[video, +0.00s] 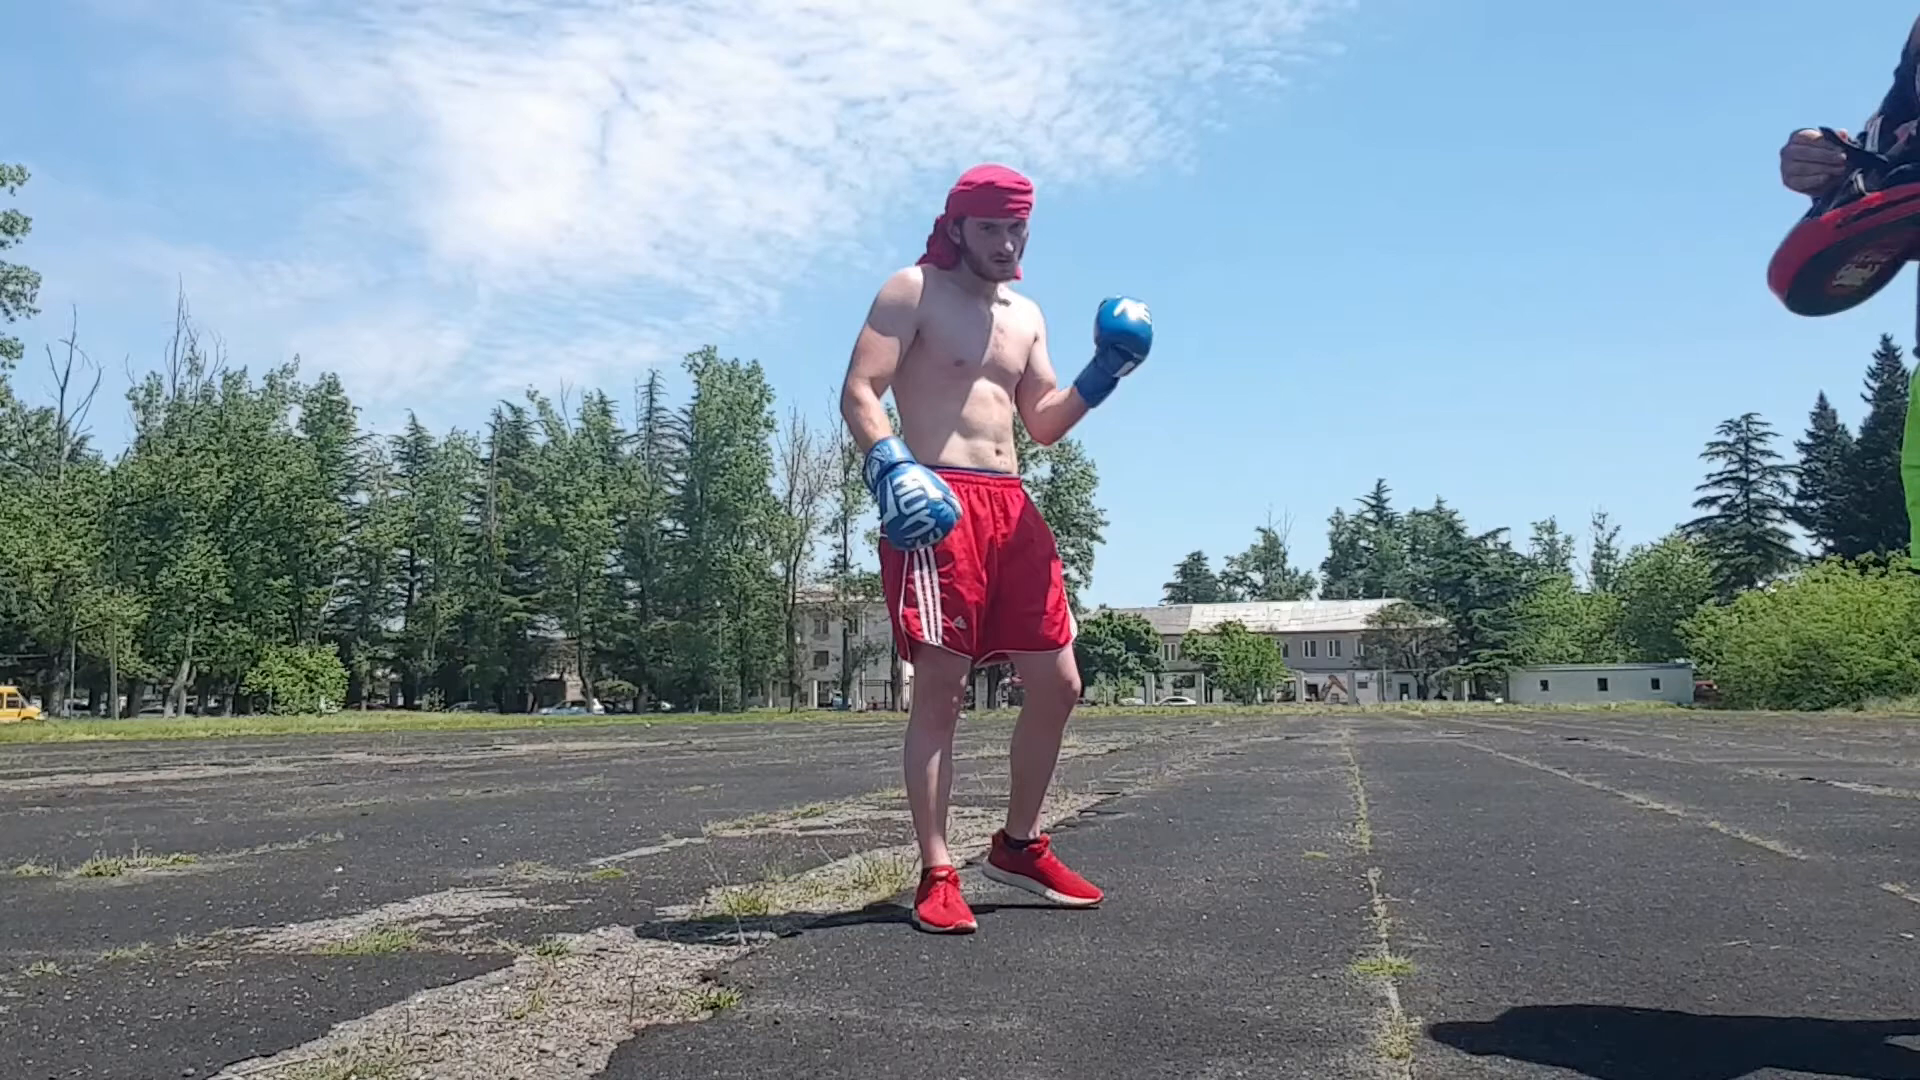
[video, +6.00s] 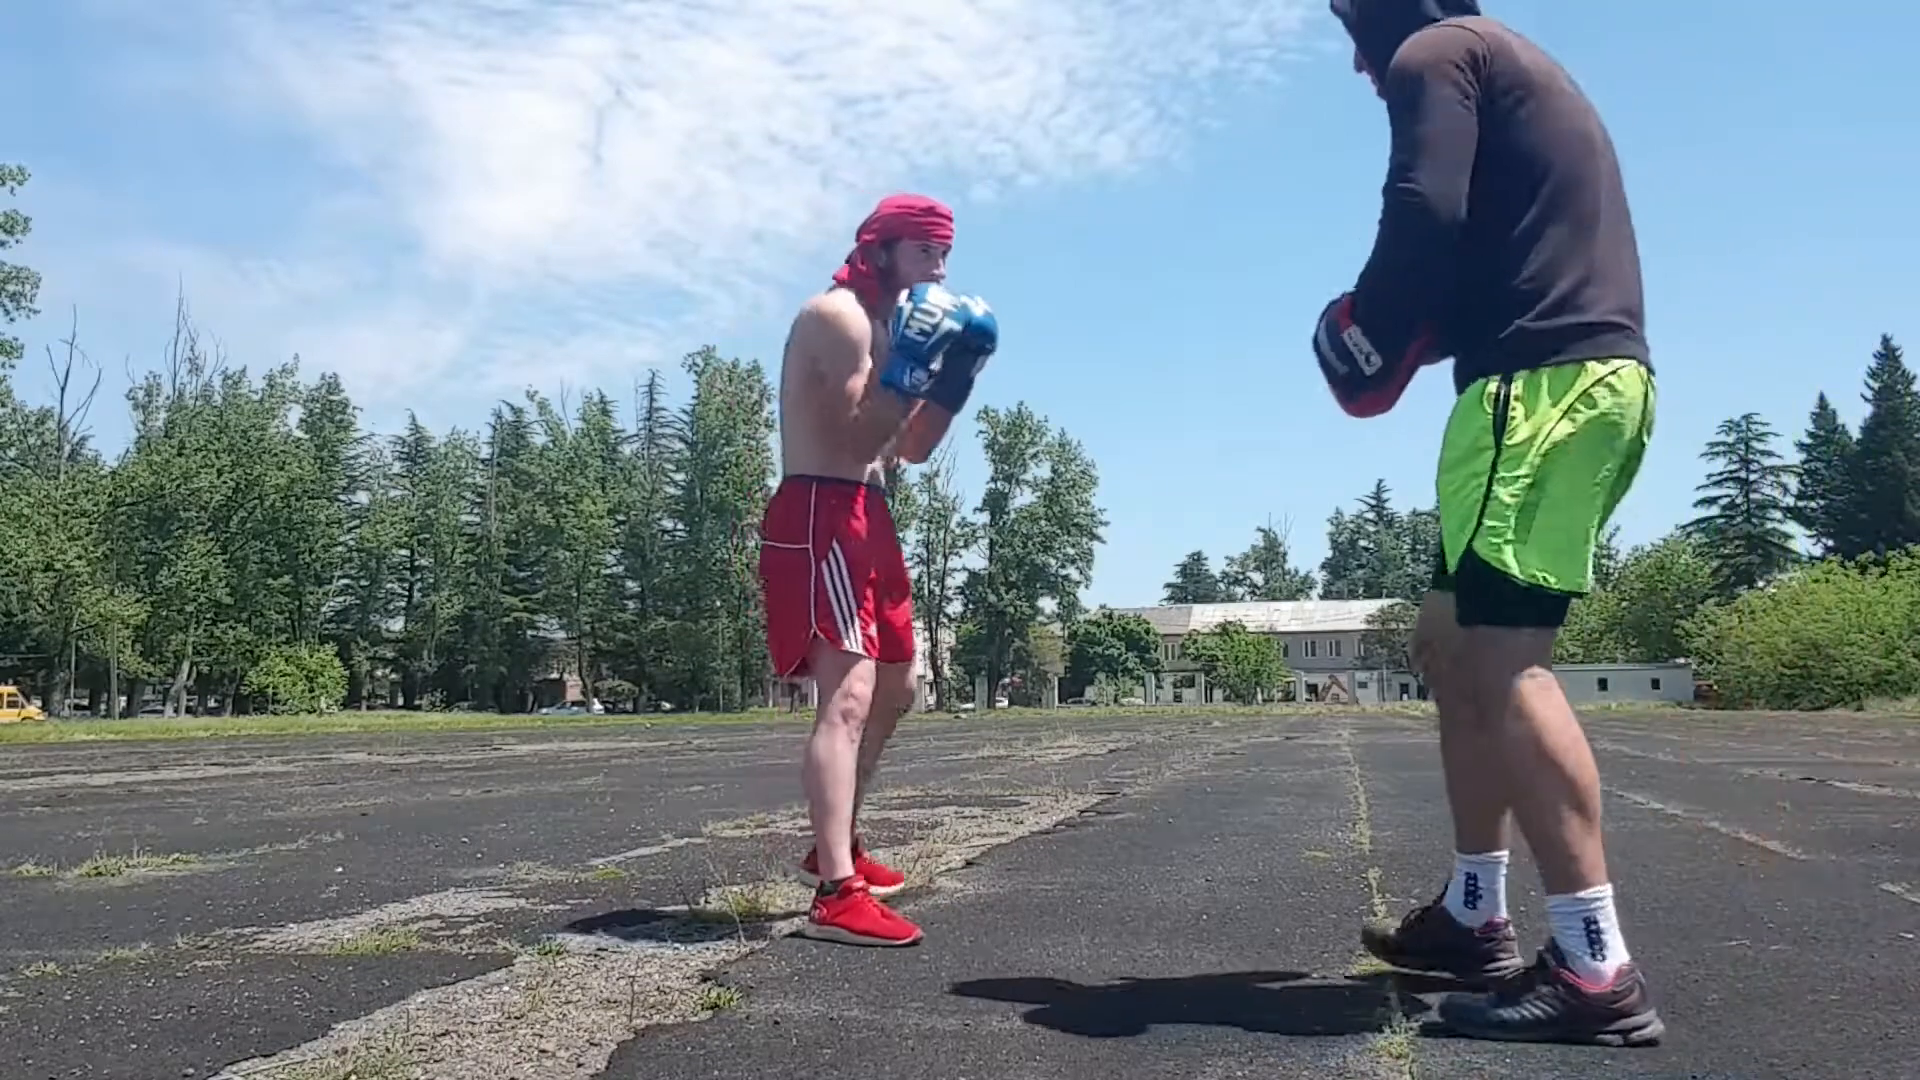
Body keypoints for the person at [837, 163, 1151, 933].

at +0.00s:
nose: (1010, 244)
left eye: (1018, 230)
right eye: (994, 231)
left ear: (1025, 230)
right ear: (956, 230)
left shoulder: (1027, 312)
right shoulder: (915, 289)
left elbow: (1043, 423)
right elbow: (859, 392)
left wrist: (1103, 369)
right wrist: (896, 470)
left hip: (1012, 507)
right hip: (937, 502)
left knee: (1057, 685)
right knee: (939, 685)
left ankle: (1019, 843)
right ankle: (938, 872)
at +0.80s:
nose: (1067, 238)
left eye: (1079, 226)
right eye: (1051, 225)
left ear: (1093, 236)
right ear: (1022, 232)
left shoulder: (1102, 328)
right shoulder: (984, 293)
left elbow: (1117, 441)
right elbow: (938, 393)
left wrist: (1160, 433)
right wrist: (955, 478)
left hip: (1076, 505)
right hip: (1000, 495)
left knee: (1058, 695)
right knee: (1010, 672)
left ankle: (1038, 864)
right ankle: (953, 858)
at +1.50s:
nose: (1030, 209)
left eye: (1041, 198)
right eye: (1013, 195)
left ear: (1051, 210)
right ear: (979, 202)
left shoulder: (1047, 303)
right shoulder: (944, 268)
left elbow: (1071, 404)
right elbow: (903, 378)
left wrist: (1117, 322)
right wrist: (932, 485)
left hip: (1022, 497)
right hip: (955, 492)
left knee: (1037, 687)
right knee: (958, 688)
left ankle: (1041, 859)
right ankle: (962, 885)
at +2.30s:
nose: (1032, 243)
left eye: (1038, 232)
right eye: (1023, 226)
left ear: (1020, 238)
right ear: (977, 219)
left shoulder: (1004, 314)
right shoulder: (912, 289)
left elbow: (1007, 442)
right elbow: (892, 405)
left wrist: (1062, 401)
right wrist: (959, 387)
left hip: (1004, 501)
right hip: (949, 495)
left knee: (977, 692)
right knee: (985, 686)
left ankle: (936, 873)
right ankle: (960, 881)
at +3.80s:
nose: (949, 251)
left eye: (959, 240)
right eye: (938, 233)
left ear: (956, 247)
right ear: (894, 226)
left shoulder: (911, 315)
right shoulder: (851, 282)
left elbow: (908, 445)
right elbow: (801, 385)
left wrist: (951, 400)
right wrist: (896, 367)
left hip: (901, 504)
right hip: (861, 499)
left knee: (877, 694)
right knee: (874, 690)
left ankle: (828, 876)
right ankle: (881, 890)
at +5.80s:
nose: (917, 263)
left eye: (924, 252)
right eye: (905, 247)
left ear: (918, 262)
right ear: (859, 246)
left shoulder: (879, 338)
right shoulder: (806, 323)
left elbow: (892, 452)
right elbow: (824, 431)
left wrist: (934, 393)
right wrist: (889, 384)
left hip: (857, 516)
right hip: (807, 514)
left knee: (880, 698)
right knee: (843, 697)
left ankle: (795, 850)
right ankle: (839, 887)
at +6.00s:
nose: (939, 266)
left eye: (944, 254)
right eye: (927, 250)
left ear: (929, 262)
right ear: (879, 248)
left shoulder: (896, 328)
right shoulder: (835, 314)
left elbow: (914, 445)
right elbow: (859, 430)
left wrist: (957, 373)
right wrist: (915, 359)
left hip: (870, 516)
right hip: (820, 515)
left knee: (896, 688)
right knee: (847, 696)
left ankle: (836, 842)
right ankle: (836, 888)